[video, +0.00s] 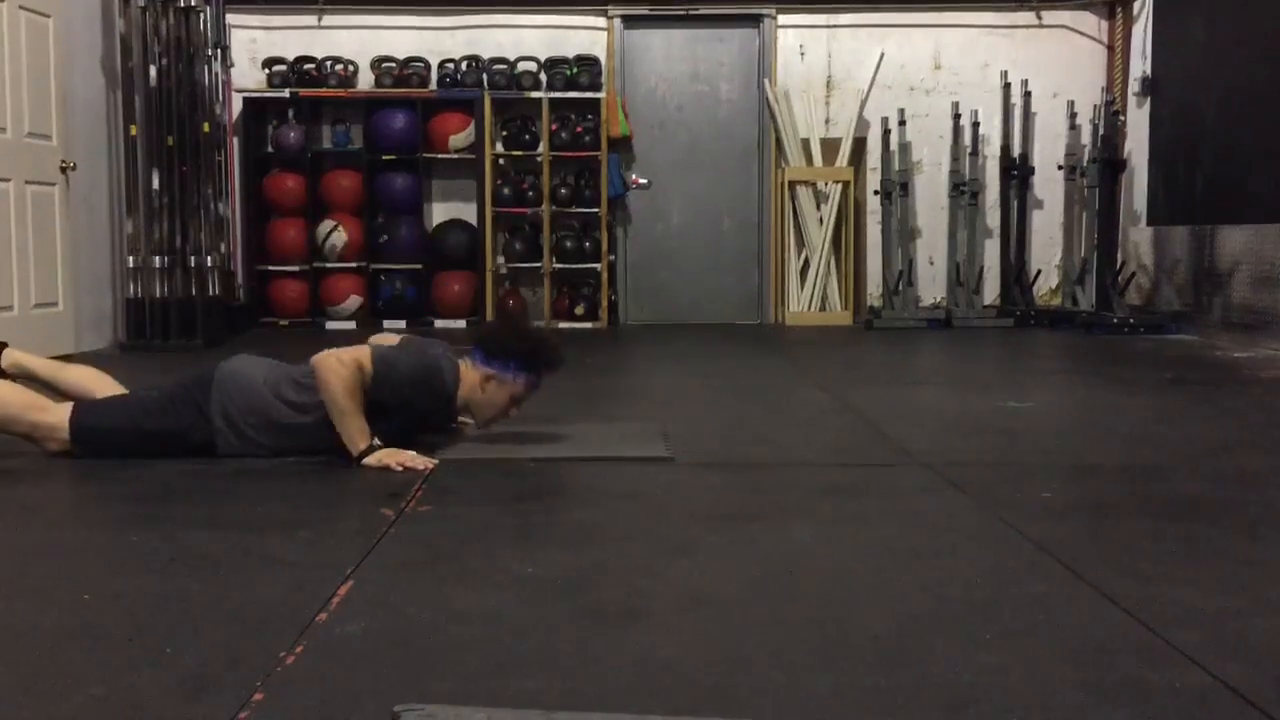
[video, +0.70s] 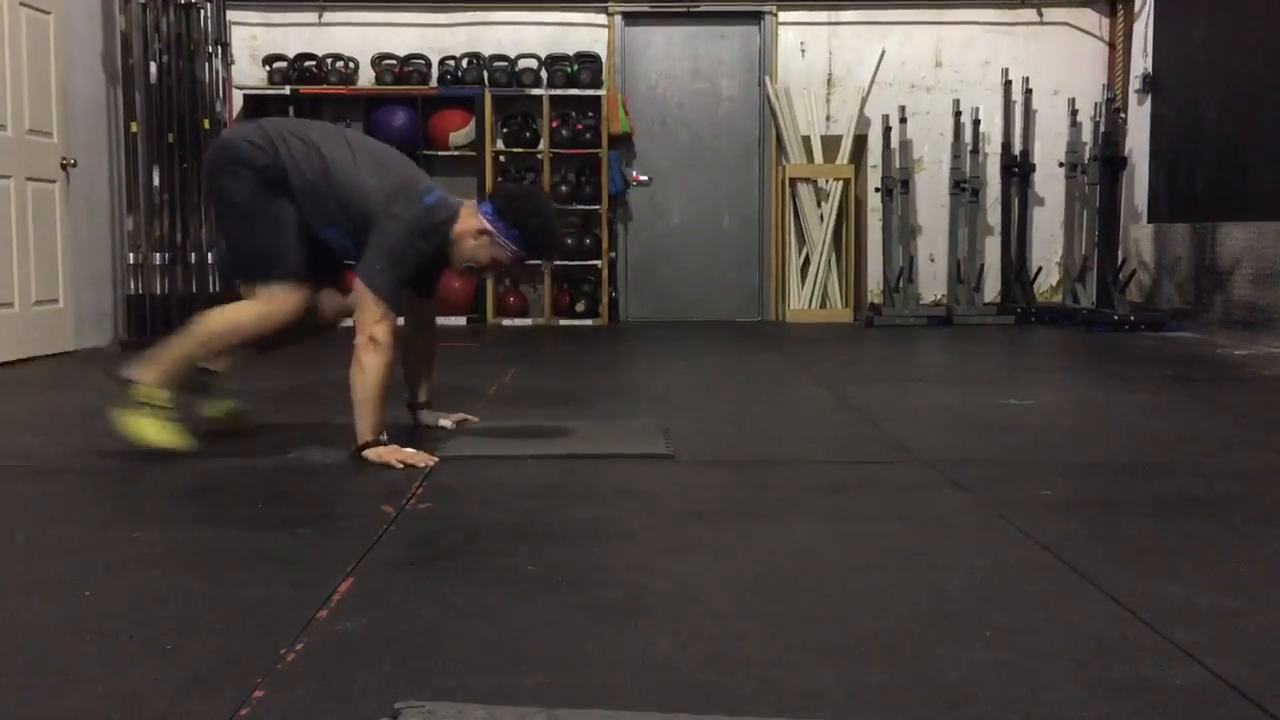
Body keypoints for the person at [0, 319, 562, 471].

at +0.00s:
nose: (514, 411)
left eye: (521, 401)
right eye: (518, 398)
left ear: (492, 369)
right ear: (494, 374)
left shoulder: (443, 368)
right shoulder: (432, 367)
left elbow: (352, 363)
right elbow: (331, 364)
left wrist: (414, 420)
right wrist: (368, 448)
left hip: (243, 390)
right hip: (227, 406)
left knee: (114, 403)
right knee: (59, 425)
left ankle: (13, 357)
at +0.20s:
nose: (522, 372)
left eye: (528, 363)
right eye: (522, 359)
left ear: (498, 335)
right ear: (496, 337)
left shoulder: (454, 348)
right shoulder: (440, 346)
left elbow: (364, 370)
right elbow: (340, 360)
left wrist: (423, 412)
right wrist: (367, 447)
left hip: (253, 385)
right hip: (242, 402)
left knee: (124, 401)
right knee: (72, 428)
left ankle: (15, 353)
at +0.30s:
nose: (514, 312)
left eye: (519, 301)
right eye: (512, 297)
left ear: (482, 281)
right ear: (476, 278)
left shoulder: (439, 305)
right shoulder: (420, 304)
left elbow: (387, 355)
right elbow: (339, 354)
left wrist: (419, 408)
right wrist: (366, 448)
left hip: (250, 379)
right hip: (236, 390)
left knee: (129, 401)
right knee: (77, 424)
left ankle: (21, 360)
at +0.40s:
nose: (509, 279)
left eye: (517, 269)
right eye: (512, 265)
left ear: (484, 240)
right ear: (484, 241)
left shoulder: (432, 262)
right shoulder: (416, 266)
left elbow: (410, 340)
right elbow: (353, 343)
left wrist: (421, 413)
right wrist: (366, 444)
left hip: (243, 335)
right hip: (237, 350)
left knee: (137, 376)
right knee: (96, 410)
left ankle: (16, 360)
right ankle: (1, 383)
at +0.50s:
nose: (525, 270)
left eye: (535, 262)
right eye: (530, 256)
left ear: (508, 229)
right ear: (506, 226)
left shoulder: (452, 243)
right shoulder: (434, 242)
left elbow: (430, 331)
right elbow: (381, 338)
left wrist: (421, 417)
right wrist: (367, 444)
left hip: (257, 292)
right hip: (247, 291)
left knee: (120, 356)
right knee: (113, 362)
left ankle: (11, 376)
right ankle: (7, 376)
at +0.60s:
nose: (518, 280)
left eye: (529, 275)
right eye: (525, 267)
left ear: (511, 237)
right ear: (508, 233)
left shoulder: (459, 237)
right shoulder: (437, 232)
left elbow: (431, 329)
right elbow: (384, 335)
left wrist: (422, 418)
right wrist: (369, 442)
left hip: (277, 230)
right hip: (249, 209)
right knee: (180, 336)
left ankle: (88, 360)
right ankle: (18, 361)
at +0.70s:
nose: (492, 270)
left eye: (503, 266)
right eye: (499, 259)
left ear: (490, 231)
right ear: (483, 226)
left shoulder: (439, 225)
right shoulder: (408, 222)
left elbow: (418, 319)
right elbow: (373, 335)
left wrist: (422, 406)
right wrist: (369, 442)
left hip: (288, 168)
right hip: (245, 159)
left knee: (321, 305)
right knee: (280, 301)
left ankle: (209, 363)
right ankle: (147, 378)